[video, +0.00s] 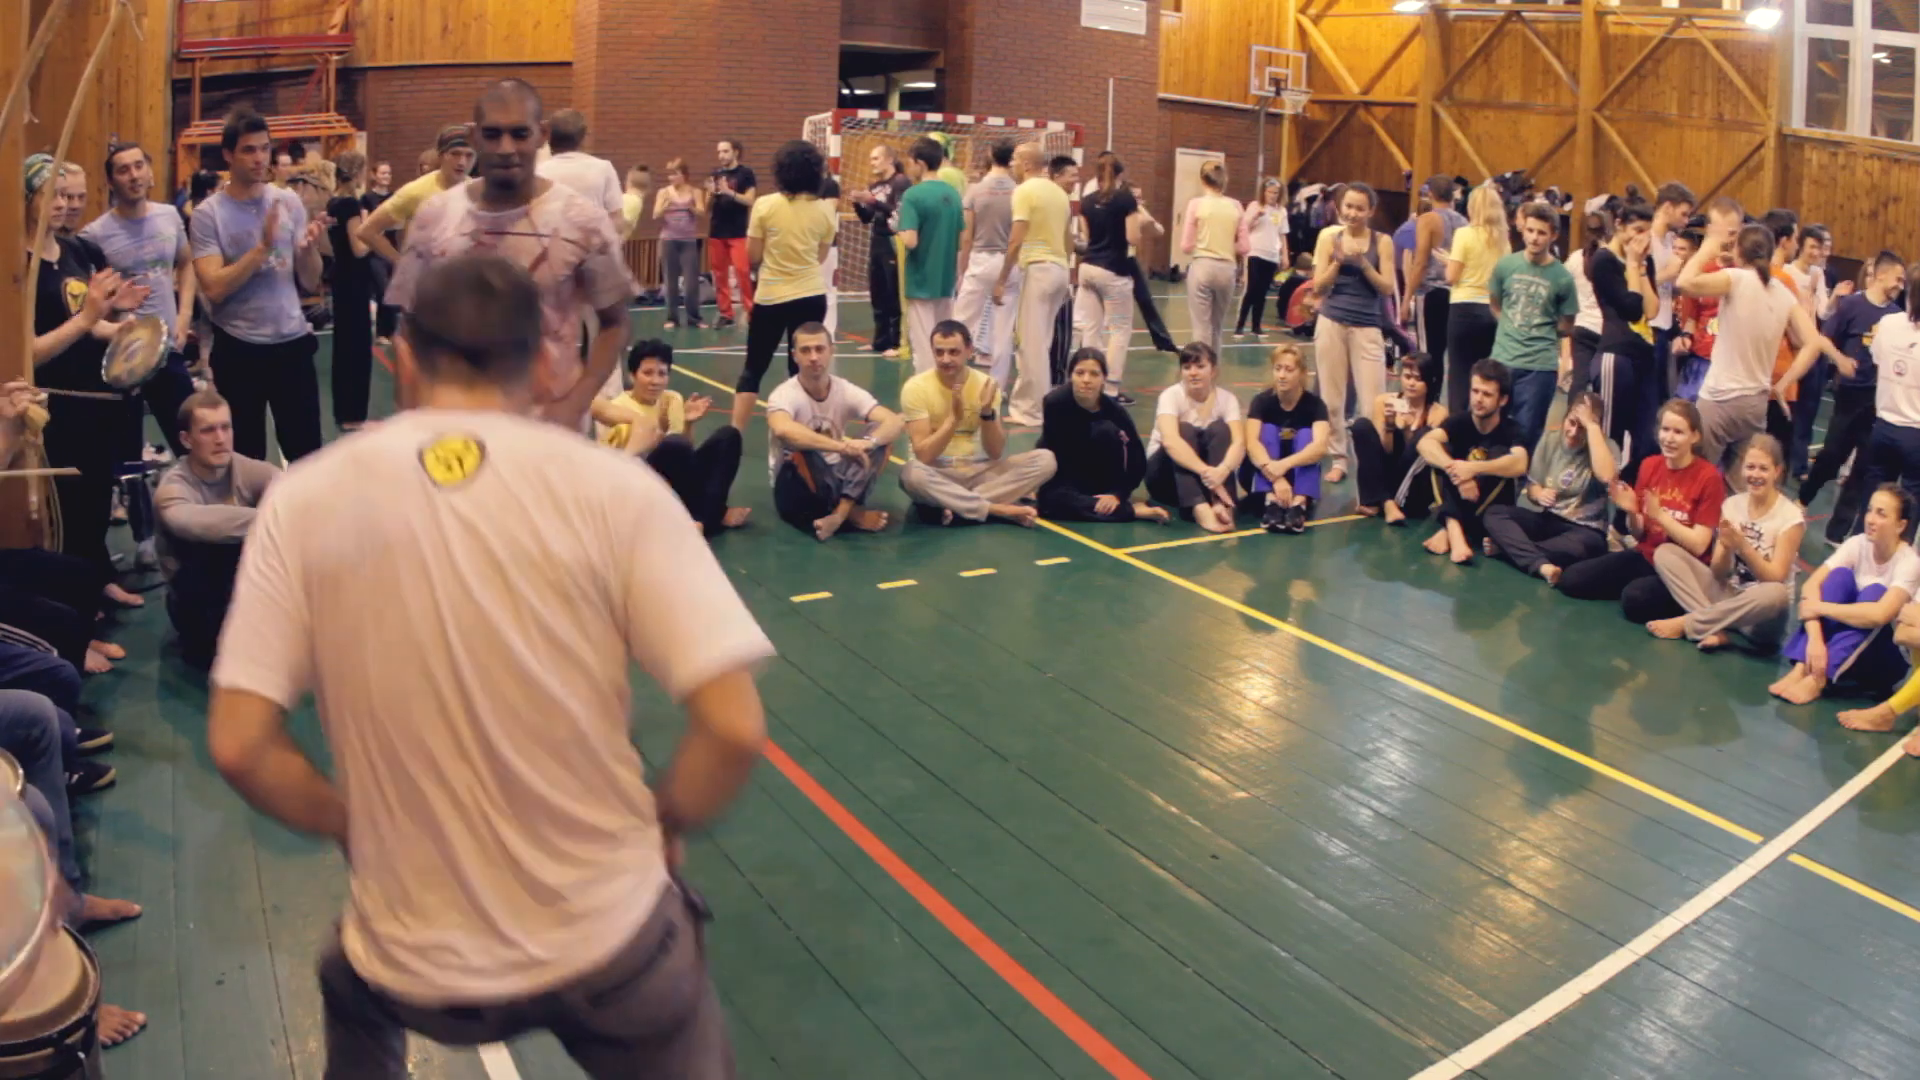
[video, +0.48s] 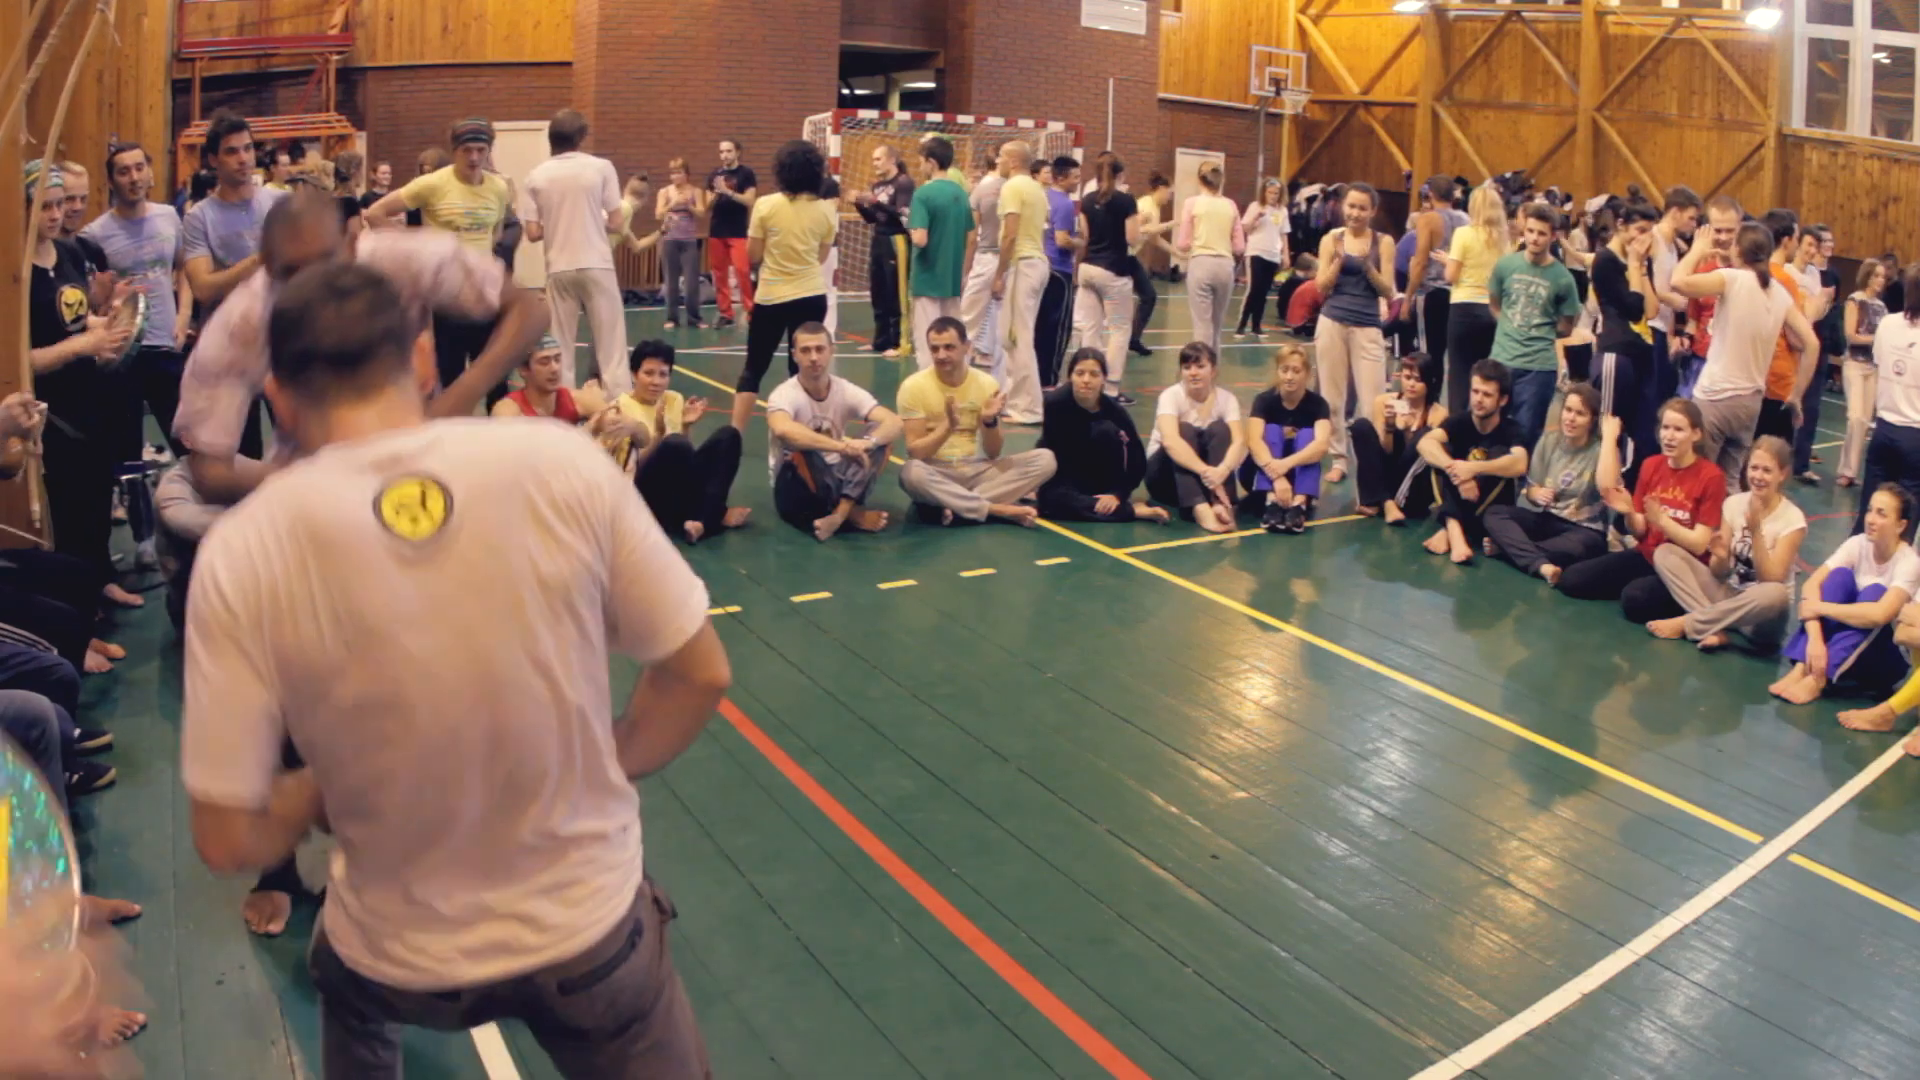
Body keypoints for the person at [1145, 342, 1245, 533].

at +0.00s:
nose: (1193, 373)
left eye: (1200, 366)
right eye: (1187, 367)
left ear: (1214, 371)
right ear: (1181, 372)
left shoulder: (1227, 399)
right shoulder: (1170, 396)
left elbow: (1239, 442)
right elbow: (1170, 442)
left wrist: (1223, 471)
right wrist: (1213, 481)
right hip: (1167, 482)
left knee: (1219, 428)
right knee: (1185, 430)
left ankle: (1222, 503)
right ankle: (1200, 507)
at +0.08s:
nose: (1193, 373)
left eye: (1200, 367)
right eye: (1187, 367)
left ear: (1213, 371)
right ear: (1180, 372)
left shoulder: (1227, 399)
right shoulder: (1170, 396)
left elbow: (1239, 443)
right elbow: (1170, 441)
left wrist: (1222, 471)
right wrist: (1211, 479)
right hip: (1167, 482)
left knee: (1219, 428)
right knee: (1185, 430)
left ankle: (1223, 504)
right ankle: (1200, 507)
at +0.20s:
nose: (1193, 373)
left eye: (1200, 367)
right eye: (1187, 367)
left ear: (1213, 371)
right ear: (1180, 372)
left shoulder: (1227, 399)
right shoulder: (1170, 396)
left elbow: (1239, 443)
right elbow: (1170, 441)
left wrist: (1222, 471)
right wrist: (1212, 480)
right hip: (1167, 482)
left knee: (1219, 428)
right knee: (1185, 430)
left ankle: (1223, 504)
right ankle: (1200, 507)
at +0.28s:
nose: (1193, 373)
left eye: (1200, 367)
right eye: (1187, 368)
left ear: (1213, 371)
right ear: (1181, 372)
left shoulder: (1227, 399)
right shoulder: (1170, 396)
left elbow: (1240, 444)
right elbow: (1170, 441)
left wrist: (1222, 471)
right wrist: (1211, 479)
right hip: (1167, 482)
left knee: (1219, 428)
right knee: (1185, 430)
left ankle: (1222, 504)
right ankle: (1200, 507)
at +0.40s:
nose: (1193, 373)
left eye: (1200, 367)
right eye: (1187, 367)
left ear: (1213, 371)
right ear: (1180, 372)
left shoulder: (1227, 399)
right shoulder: (1170, 396)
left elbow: (1240, 443)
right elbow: (1170, 441)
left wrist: (1222, 471)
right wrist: (1211, 479)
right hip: (1167, 482)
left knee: (1219, 428)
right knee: (1185, 430)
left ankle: (1224, 505)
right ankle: (1200, 507)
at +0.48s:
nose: (1193, 373)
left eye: (1200, 367)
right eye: (1187, 367)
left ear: (1213, 371)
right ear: (1180, 372)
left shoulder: (1227, 399)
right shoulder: (1170, 396)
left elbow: (1240, 443)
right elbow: (1170, 441)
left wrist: (1222, 471)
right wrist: (1212, 480)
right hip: (1167, 482)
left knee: (1219, 428)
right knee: (1185, 430)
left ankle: (1223, 504)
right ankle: (1200, 507)